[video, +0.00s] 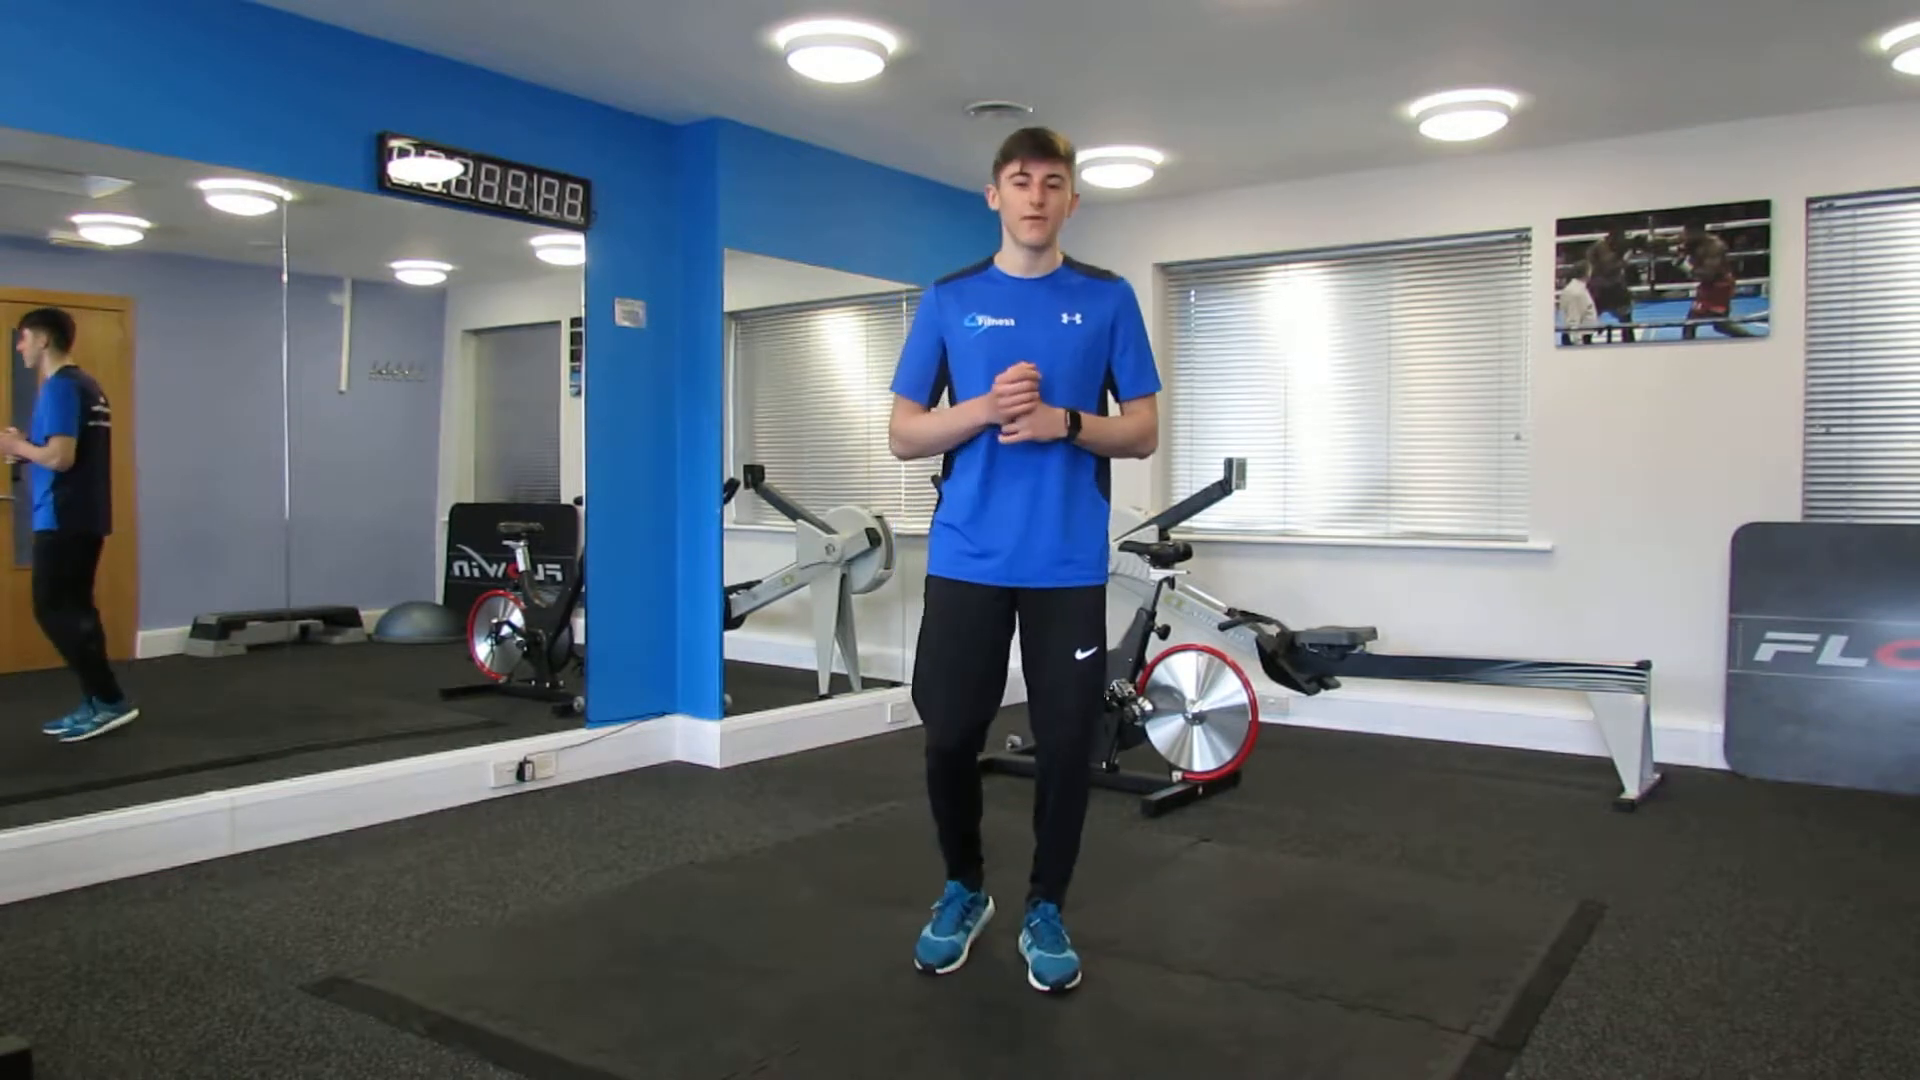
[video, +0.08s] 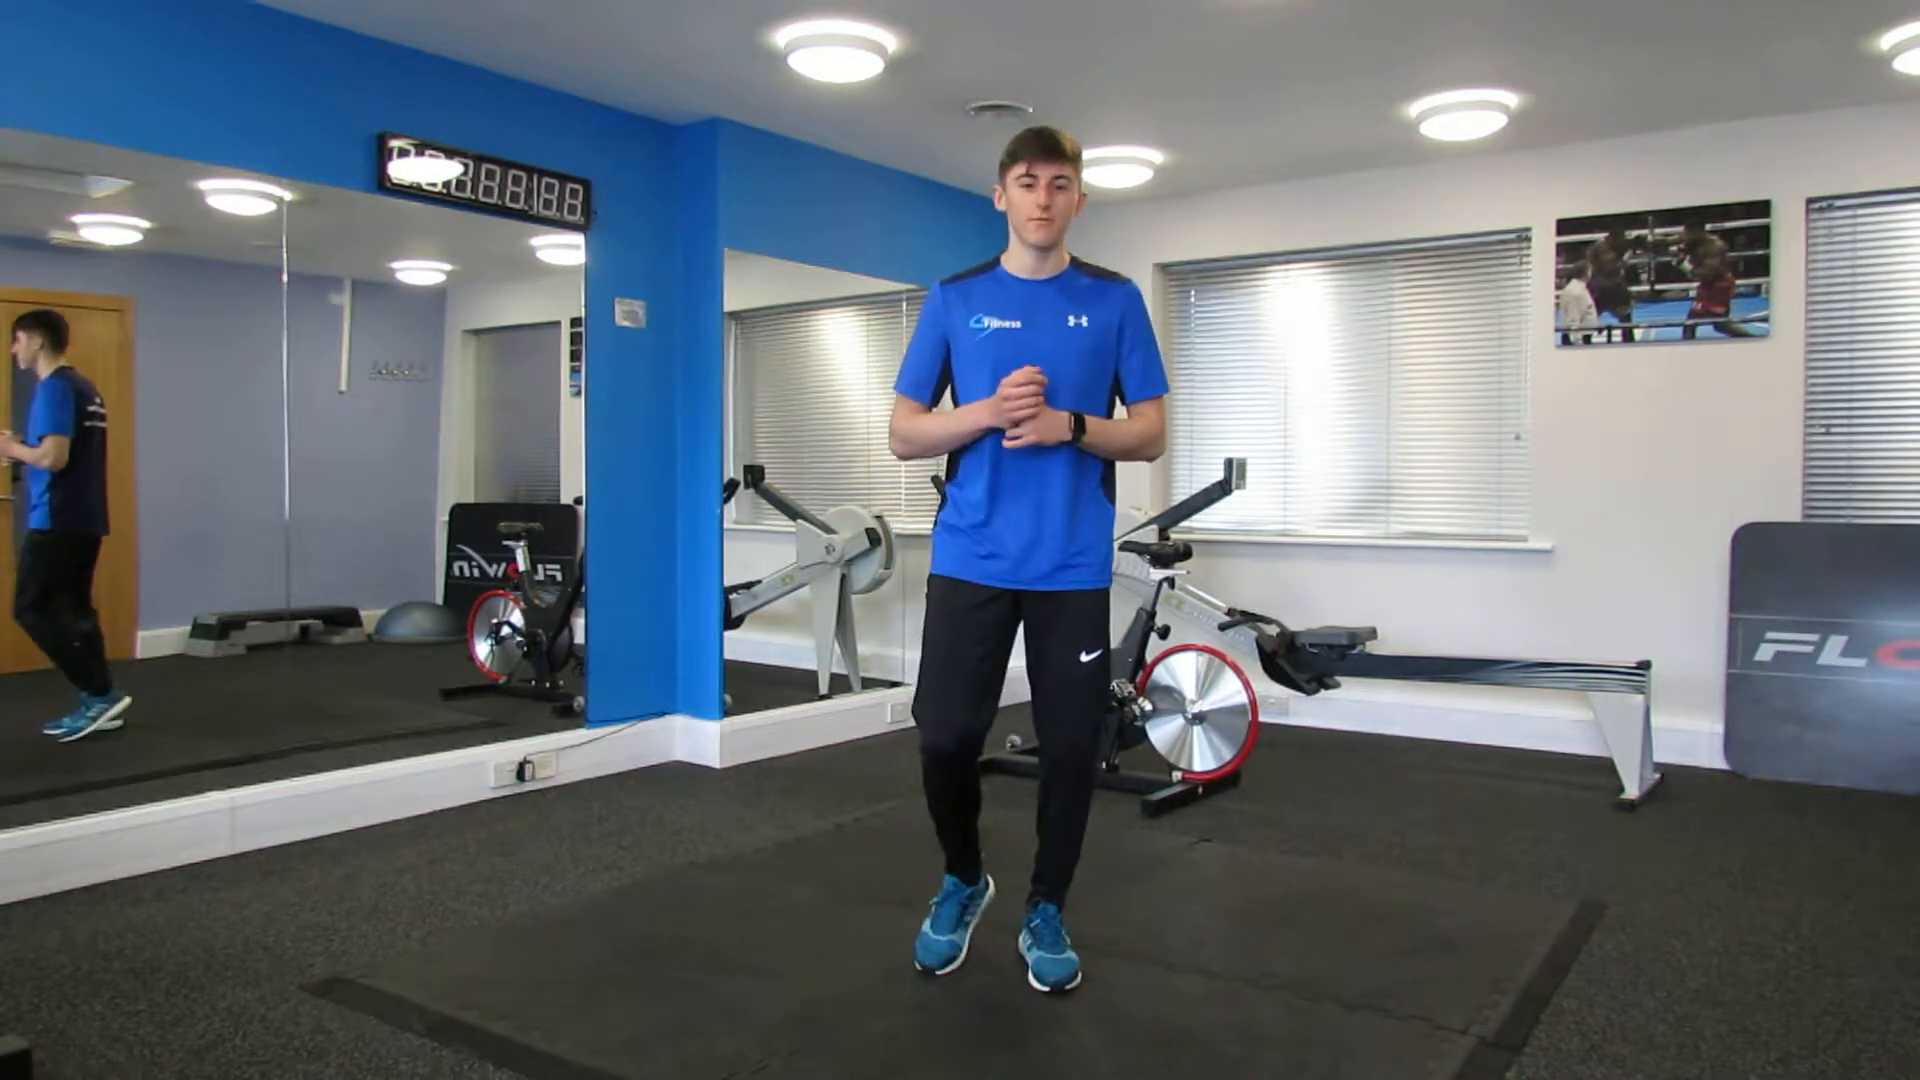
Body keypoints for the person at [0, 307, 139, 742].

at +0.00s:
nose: (19, 347)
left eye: (24, 338)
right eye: (20, 339)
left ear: (43, 340)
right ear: (53, 340)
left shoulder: (60, 387)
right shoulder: (86, 386)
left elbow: (61, 456)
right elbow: (73, 453)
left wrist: (18, 446)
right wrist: (28, 450)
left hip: (64, 523)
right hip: (85, 521)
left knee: (52, 607)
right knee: (76, 606)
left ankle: (108, 701)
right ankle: (98, 700)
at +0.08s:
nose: (14, 350)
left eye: (19, 340)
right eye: (15, 341)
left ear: (38, 342)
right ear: (49, 343)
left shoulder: (54, 389)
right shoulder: (83, 388)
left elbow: (54, 456)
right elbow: (70, 454)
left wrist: (13, 448)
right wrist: (22, 451)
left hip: (57, 524)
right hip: (84, 523)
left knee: (31, 607)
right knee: (75, 606)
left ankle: (99, 694)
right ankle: (98, 698)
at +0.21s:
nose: (6, 352)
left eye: (9, 343)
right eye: (6, 343)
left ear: (29, 343)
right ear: (42, 345)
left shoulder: (47, 389)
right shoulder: (78, 390)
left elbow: (50, 458)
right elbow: (72, 458)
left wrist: (8, 450)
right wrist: (22, 456)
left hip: (46, 525)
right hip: (76, 525)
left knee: (11, 605)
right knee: (73, 609)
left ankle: (75, 689)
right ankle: (100, 702)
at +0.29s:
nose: (1, 350)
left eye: (5, 341)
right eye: (2, 341)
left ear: (24, 344)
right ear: (38, 345)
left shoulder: (39, 387)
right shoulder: (70, 388)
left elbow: (47, 457)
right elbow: (69, 457)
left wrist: (6, 450)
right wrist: (20, 452)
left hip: (37, 525)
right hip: (70, 525)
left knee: (8, 609)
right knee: (72, 610)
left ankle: (39, 703)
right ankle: (100, 703)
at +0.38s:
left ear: (13, 344)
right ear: (32, 344)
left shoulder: (30, 386)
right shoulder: (61, 386)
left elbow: (41, 456)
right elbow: (63, 457)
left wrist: (2, 450)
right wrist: (19, 453)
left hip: (32, 526)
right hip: (65, 524)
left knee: (6, 615)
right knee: (70, 611)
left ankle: (5, 714)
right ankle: (100, 703)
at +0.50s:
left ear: (0, 345)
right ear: (18, 344)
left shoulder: (16, 388)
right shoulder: (43, 387)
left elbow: (23, 457)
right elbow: (44, 455)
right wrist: (9, 455)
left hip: (23, 529)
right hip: (51, 525)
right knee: (64, 611)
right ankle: (99, 703)